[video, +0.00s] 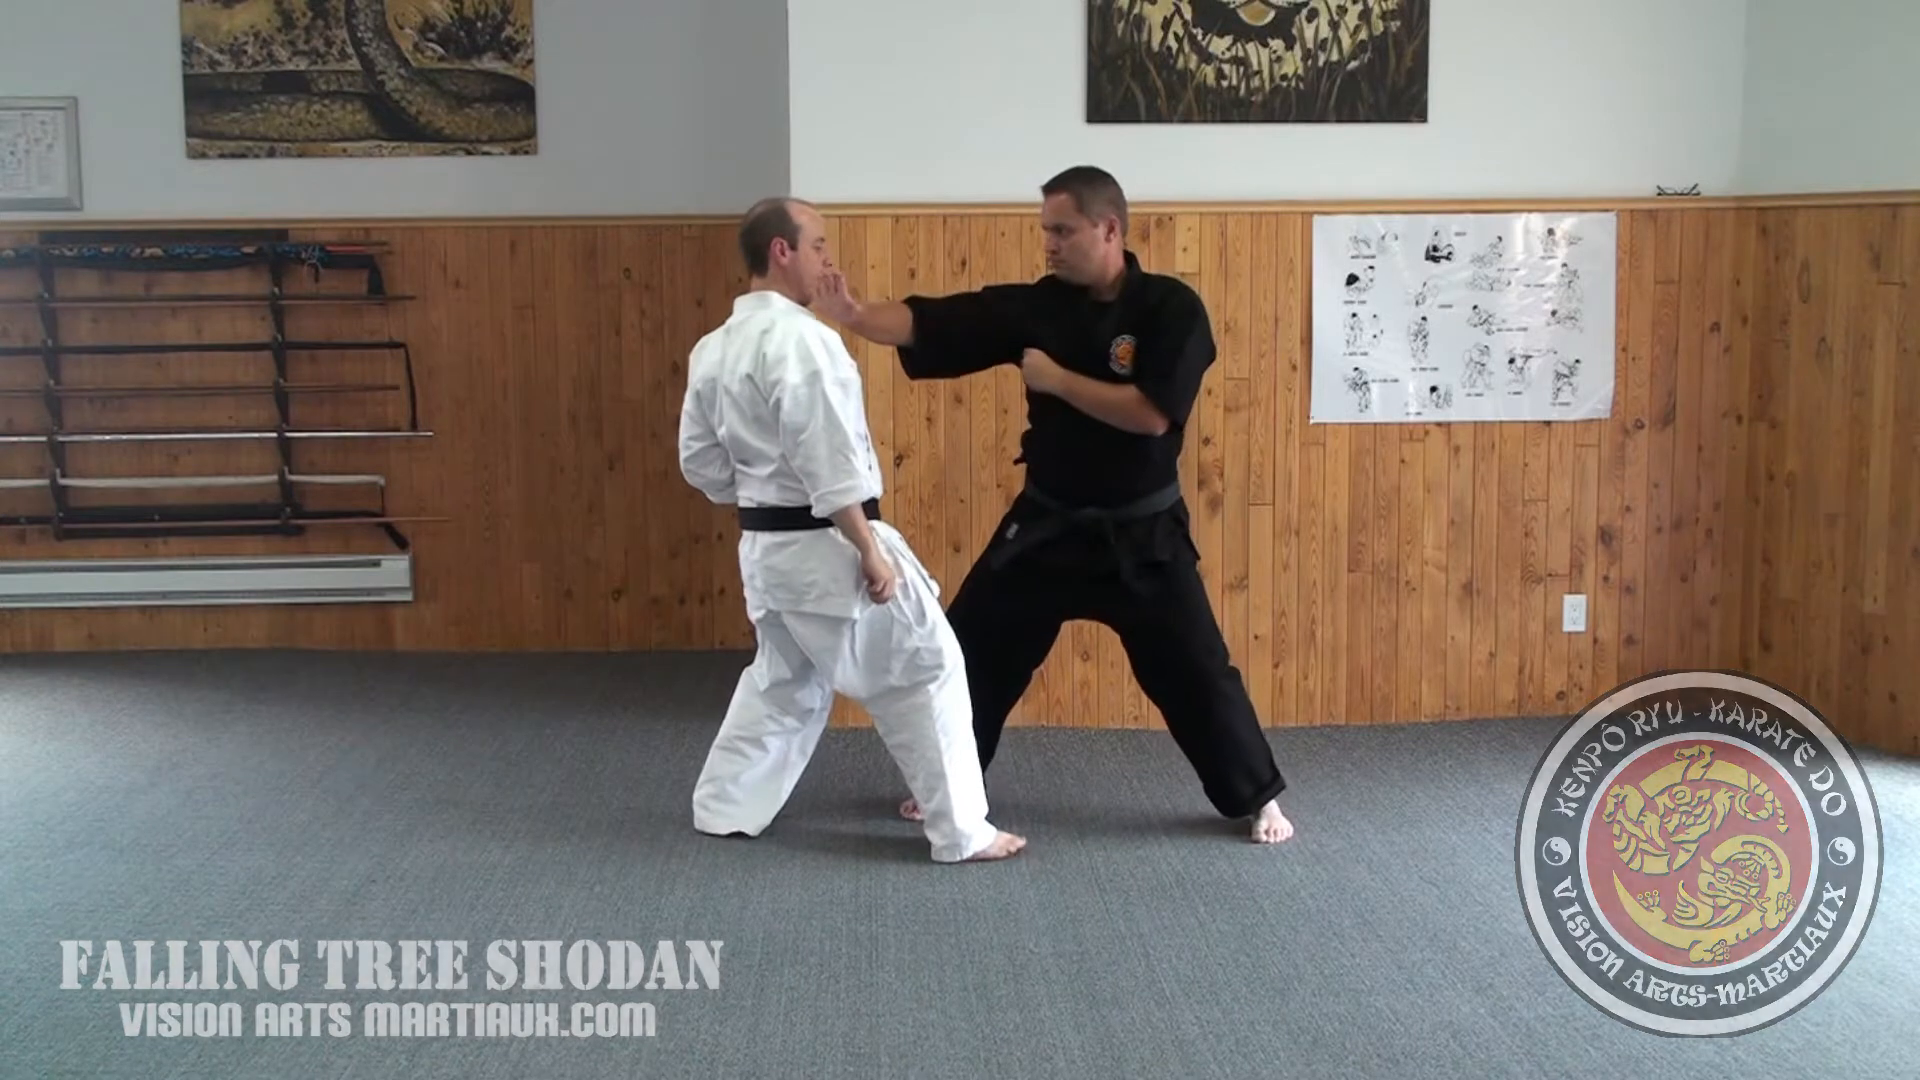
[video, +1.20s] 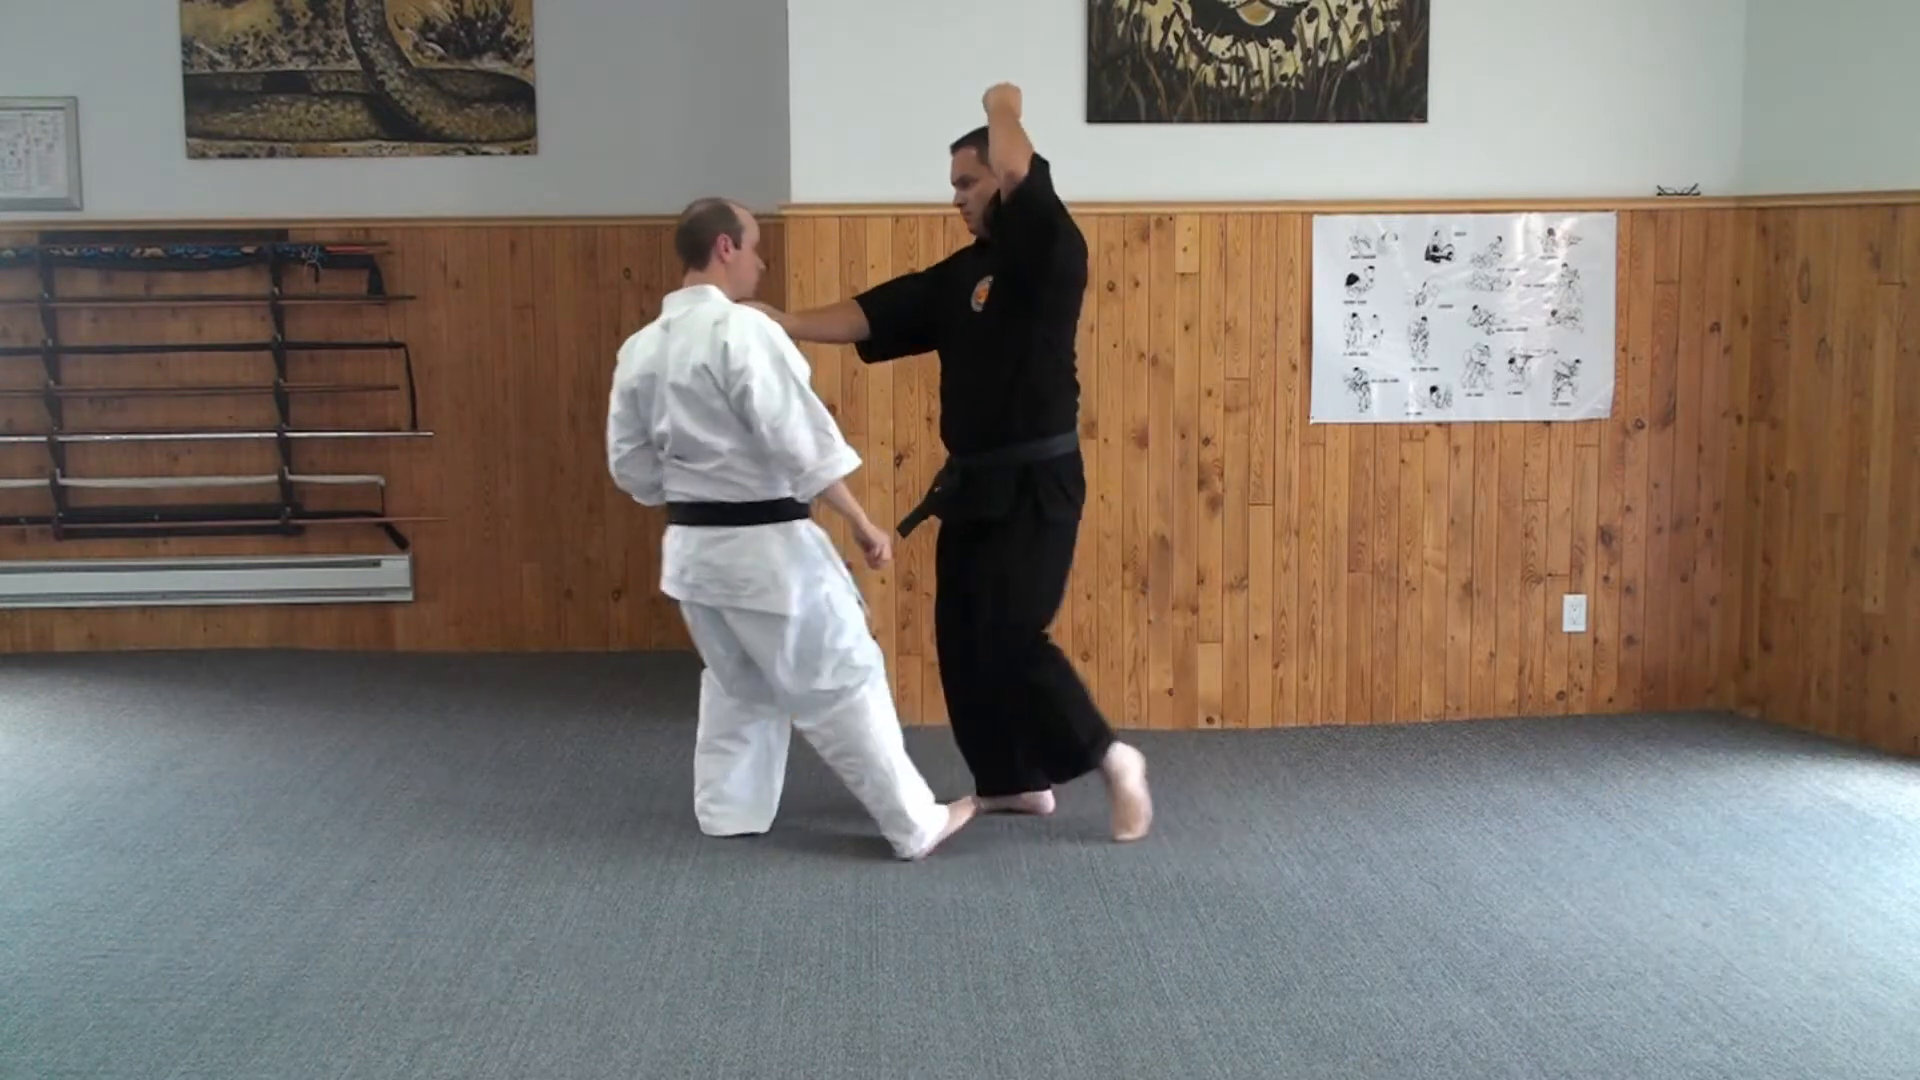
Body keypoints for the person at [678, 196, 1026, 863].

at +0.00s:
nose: (829, 261)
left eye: (827, 246)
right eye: (818, 246)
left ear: (768, 255)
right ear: (781, 252)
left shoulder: (711, 350)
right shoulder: (804, 343)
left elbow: (700, 461)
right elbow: (827, 459)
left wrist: (761, 503)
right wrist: (869, 549)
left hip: (764, 550)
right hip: (830, 548)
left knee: (782, 679)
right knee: (927, 668)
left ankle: (722, 807)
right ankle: (962, 830)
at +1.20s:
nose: (760, 263)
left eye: (758, 250)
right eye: (754, 250)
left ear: (699, 254)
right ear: (725, 250)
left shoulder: (640, 349)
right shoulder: (746, 332)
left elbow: (630, 466)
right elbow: (798, 440)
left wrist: (693, 496)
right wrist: (860, 518)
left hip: (691, 551)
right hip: (769, 549)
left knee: (735, 682)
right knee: (843, 679)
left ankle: (726, 812)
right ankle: (914, 823)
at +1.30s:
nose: (743, 259)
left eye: (741, 244)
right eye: (736, 244)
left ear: (684, 246)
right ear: (705, 244)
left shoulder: (622, 336)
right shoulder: (718, 328)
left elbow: (601, 461)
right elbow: (768, 444)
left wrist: (664, 492)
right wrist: (827, 526)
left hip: (663, 550)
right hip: (734, 549)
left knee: (721, 675)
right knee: (829, 651)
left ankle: (724, 807)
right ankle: (815, 810)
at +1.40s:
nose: (722, 251)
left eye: (721, 236)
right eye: (717, 235)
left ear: (658, 239)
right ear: (685, 236)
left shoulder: (602, 326)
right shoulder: (704, 323)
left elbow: (574, 438)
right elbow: (737, 442)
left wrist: (600, 501)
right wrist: (788, 524)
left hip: (639, 536)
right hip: (714, 536)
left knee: (688, 671)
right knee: (770, 666)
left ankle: (720, 805)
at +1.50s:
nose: (714, 248)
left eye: (712, 232)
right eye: (707, 232)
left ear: (653, 235)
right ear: (674, 233)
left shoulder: (588, 320)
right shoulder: (688, 321)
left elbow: (547, 423)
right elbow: (710, 446)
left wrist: (533, 506)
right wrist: (755, 531)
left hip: (612, 535)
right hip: (679, 538)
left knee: (692, 674)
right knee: (681, 683)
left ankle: (715, 807)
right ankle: (601, 820)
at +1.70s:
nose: (694, 243)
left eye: (694, 227)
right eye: (689, 227)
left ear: (626, 231)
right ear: (655, 229)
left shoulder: (565, 303)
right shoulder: (658, 317)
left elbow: (513, 403)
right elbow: (652, 446)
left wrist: (485, 487)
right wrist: (683, 543)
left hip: (563, 525)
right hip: (626, 531)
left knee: (632, 670)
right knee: (643, 685)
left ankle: (662, 804)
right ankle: (600, 839)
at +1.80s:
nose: (680, 241)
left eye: (678, 227)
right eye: (674, 227)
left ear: (617, 232)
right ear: (641, 230)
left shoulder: (556, 304)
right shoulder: (645, 318)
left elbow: (506, 407)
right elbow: (629, 439)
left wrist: (488, 489)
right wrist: (645, 546)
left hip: (553, 525)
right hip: (615, 533)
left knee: (584, 668)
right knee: (646, 684)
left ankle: (554, 791)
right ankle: (601, 839)